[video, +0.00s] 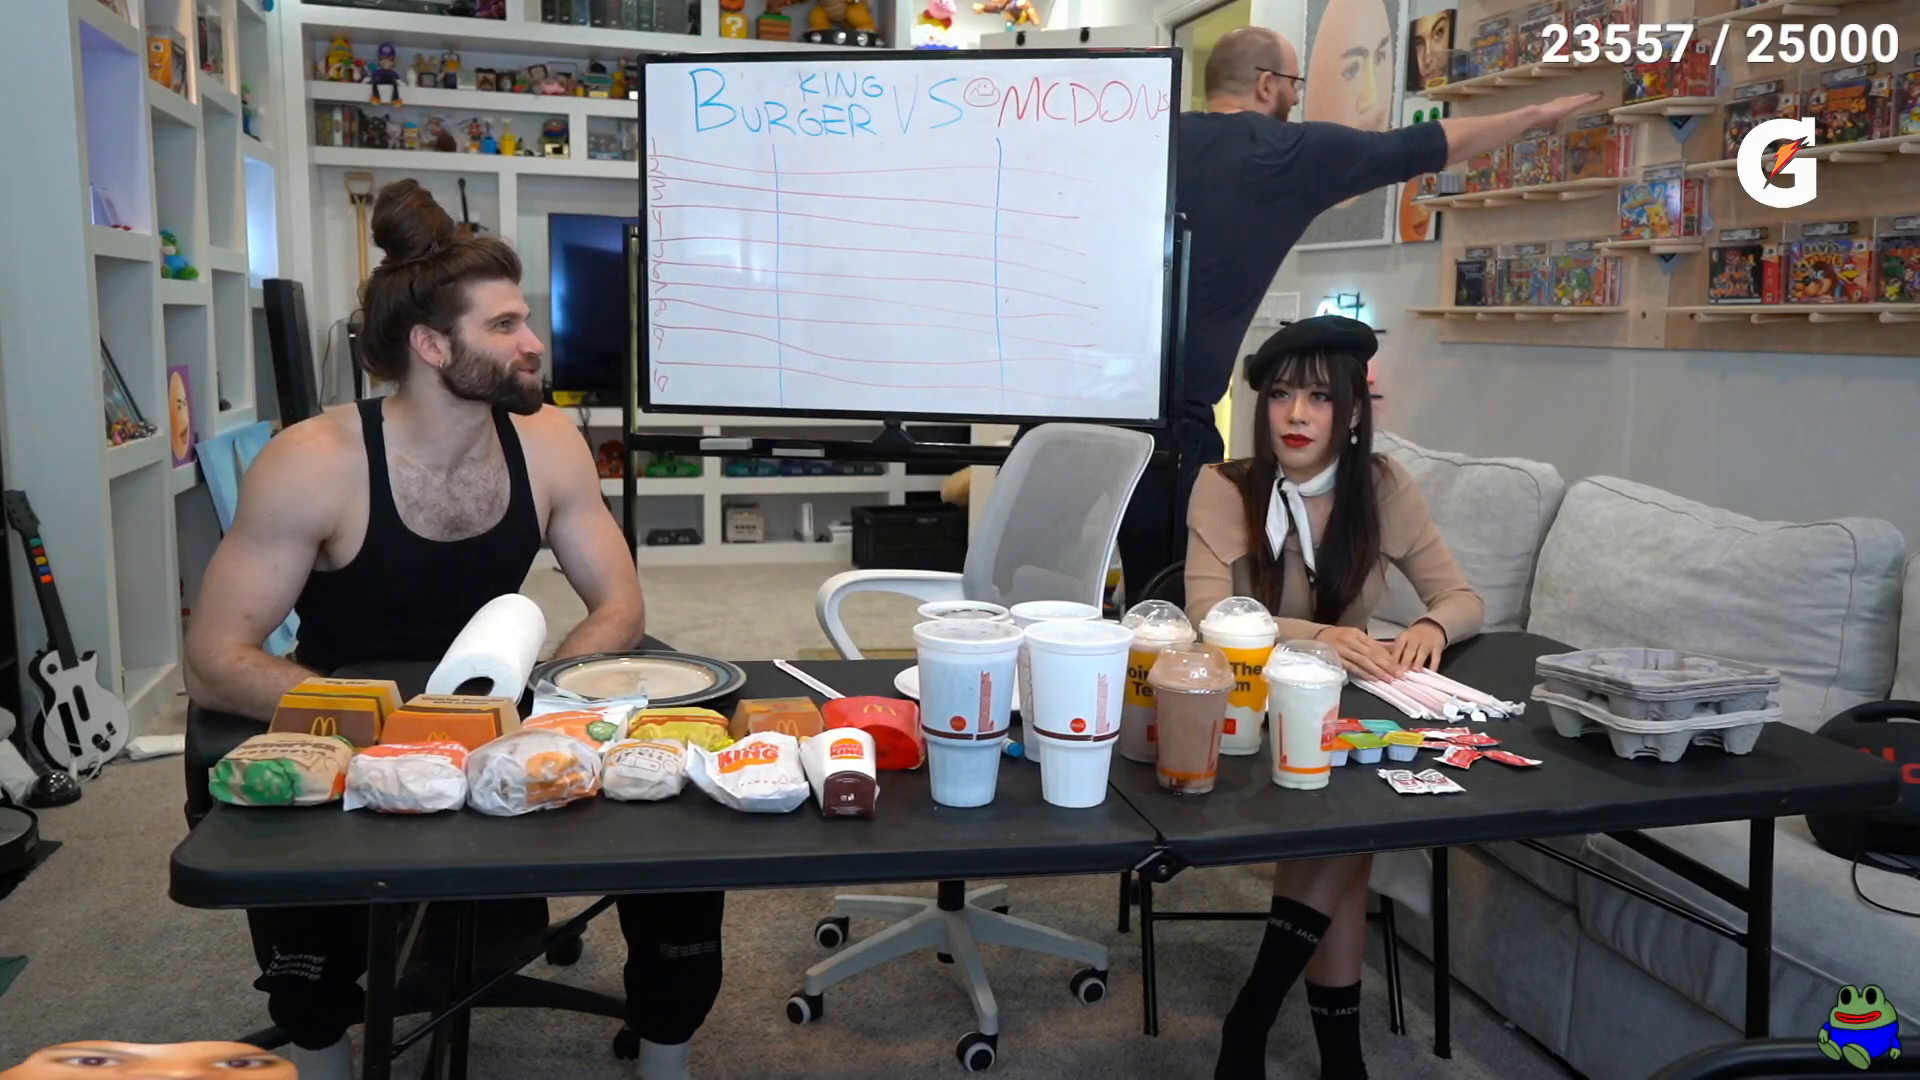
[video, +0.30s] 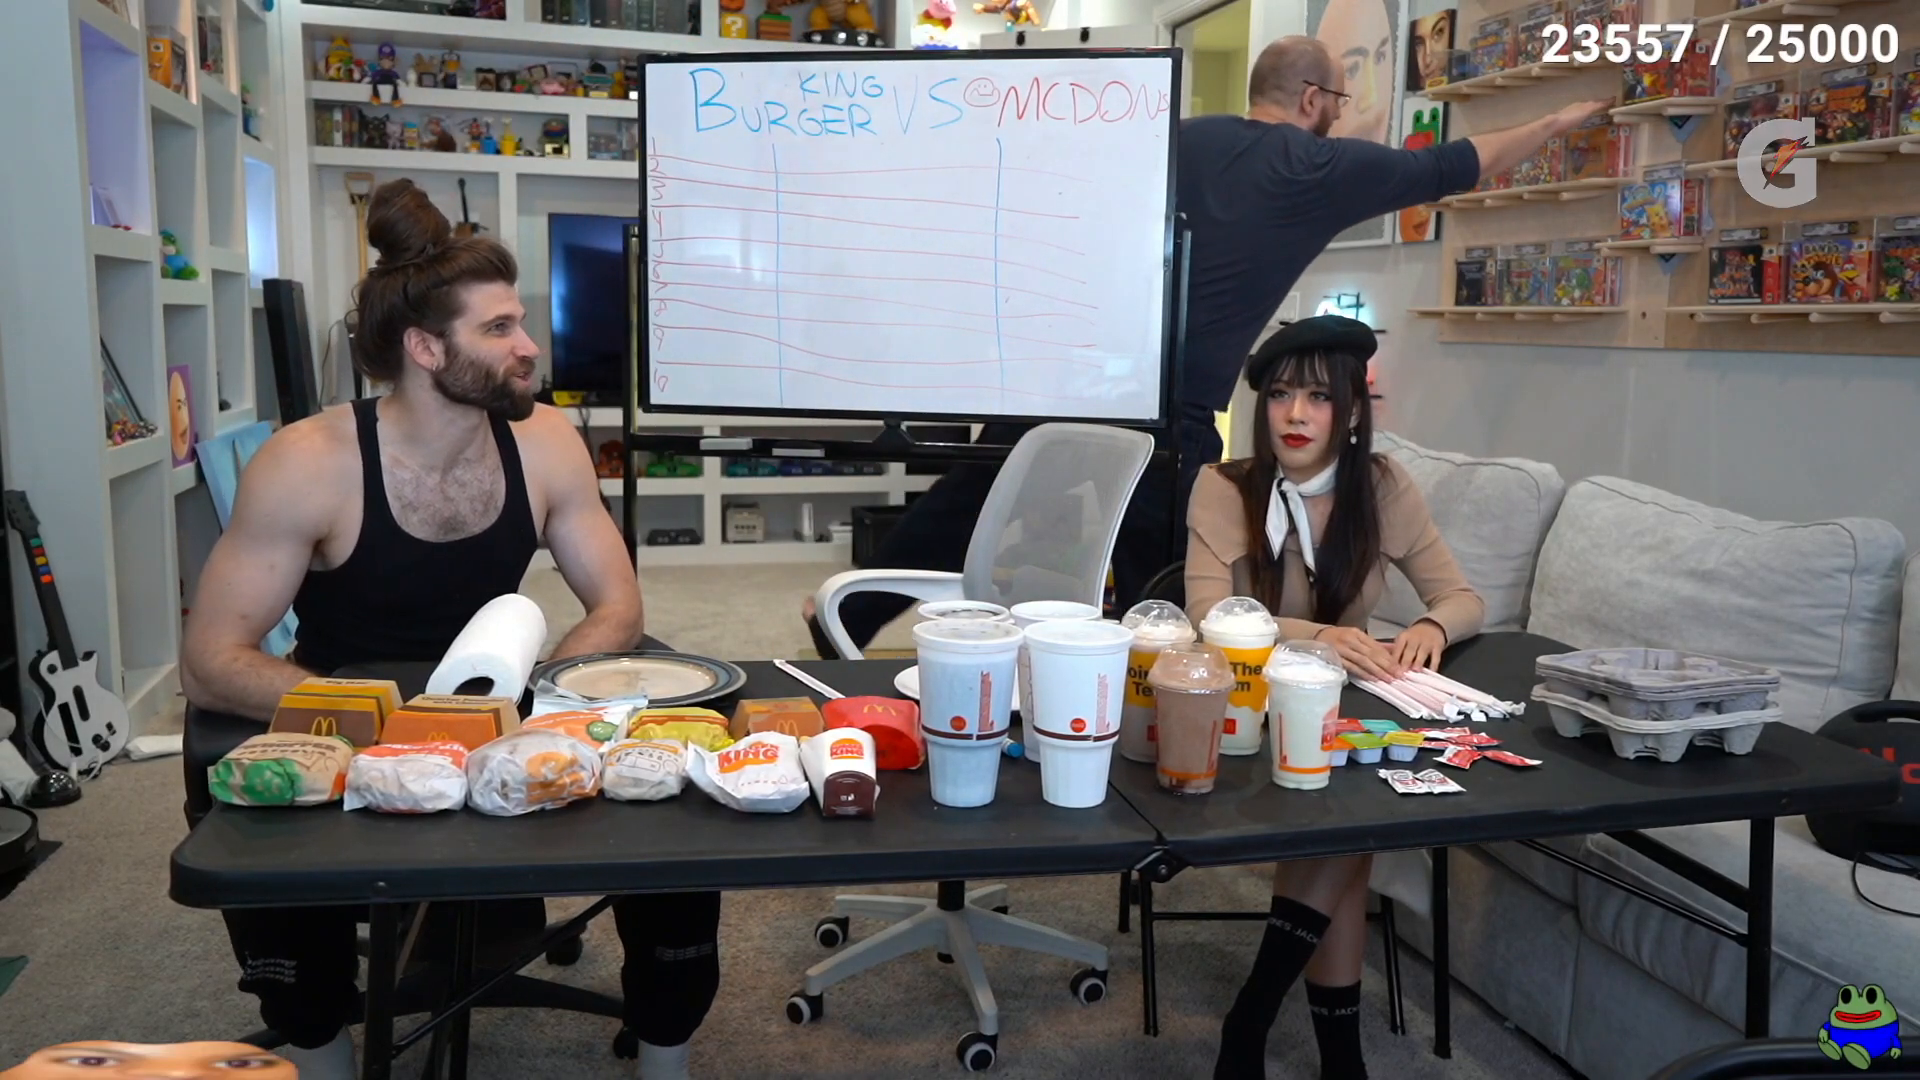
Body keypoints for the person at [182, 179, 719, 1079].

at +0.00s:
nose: (534, 342)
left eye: (530, 320)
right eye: (506, 325)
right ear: (430, 346)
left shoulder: (548, 444)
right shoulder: (314, 461)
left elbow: (622, 606)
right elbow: (212, 655)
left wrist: (540, 688)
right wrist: (362, 711)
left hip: (508, 744)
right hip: (348, 754)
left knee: (679, 828)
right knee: (299, 865)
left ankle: (664, 1057)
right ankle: (319, 1053)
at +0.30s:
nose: (528, 345)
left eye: (524, 323)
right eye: (500, 329)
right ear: (425, 349)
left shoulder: (545, 442)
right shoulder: (309, 461)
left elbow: (620, 608)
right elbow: (209, 659)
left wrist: (532, 687)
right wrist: (364, 711)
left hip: (509, 739)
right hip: (344, 749)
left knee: (674, 819)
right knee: (272, 856)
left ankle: (664, 1057)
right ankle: (317, 1052)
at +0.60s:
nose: (534, 349)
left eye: (527, 328)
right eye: (510, 336)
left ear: (445, 353)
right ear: (436, 357)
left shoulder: (541, 445)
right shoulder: (299, 462)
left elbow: (621, 609)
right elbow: (206, 655)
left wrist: (525, 685)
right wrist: (356, 713)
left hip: (506, 743)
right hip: (339, 752)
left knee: (663, 827)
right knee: (266, 865)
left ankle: (660, 1055)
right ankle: (314, 1054)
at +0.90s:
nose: (538, 353)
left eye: (533, 331)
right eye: (516, 339)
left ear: (454, 356)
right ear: (442, 358)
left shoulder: (543, 445)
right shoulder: (300, 462)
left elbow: (620, 612)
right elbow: (205, 655)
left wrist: (524, 685)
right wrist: (358, 715)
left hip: (508, 739)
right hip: (340, 748)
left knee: (656, 830)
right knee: (248, 863)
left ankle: (660, 1056)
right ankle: (309, 1055)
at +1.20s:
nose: (536, 350)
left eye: (529, 328)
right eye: (513, 335)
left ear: (448, 352)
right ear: (437, 354)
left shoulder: (546, 444)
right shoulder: (297, 462)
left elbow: (620, 614)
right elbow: (206, 657)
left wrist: (517, 684)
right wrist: (355, 717)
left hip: (509, 742)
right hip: (341, 751)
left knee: (653, 835)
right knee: (242, 875)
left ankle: (659, 1057)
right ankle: (320, 1055)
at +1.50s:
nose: (540, 357)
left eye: (535, 336)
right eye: (518, 342)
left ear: (459, 355)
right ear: (444, 357)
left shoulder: (547, 443)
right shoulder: (298, 463)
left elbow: (621, 613)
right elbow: (201, 656)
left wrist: (519, 678)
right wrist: (357, 712)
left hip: (509, 741)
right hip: (340, 750)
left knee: (656, 840)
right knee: (246, 881)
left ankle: (659, 1056)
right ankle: (324, 1055)